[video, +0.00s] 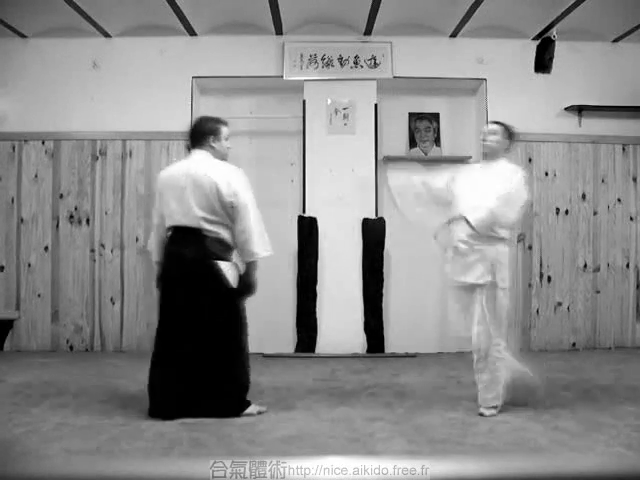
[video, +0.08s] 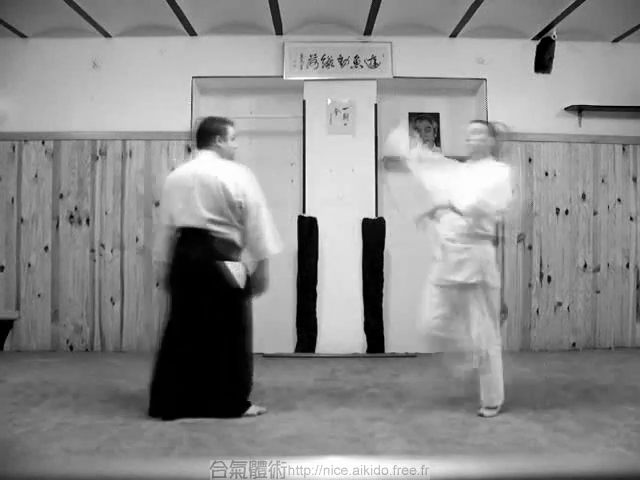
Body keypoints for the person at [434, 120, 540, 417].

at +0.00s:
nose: (487, 139)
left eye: (494, 135)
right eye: (484, 134)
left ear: (507, 142)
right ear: (480, 140)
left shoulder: (514, 175)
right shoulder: (465, 173)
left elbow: (508, 214)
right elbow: (432, 187)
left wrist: (469, 222)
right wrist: (396, 182)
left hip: (494, 256)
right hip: (462, 254)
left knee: (488, 331)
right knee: (471, 329)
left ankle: (489, 400)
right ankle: (519, 378)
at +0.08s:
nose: (471, 139)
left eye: (478, 134)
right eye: (469, 134)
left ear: (492, 140)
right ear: (466, 140)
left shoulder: (498, 172)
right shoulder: (453, 170)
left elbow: (485, 210)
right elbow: (421, 159)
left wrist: (448, 204)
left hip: (478, 256)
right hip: (447, 255)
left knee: (483, 328)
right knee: (434, 324)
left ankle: (491, 400)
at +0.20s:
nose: (454, 140)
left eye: (461, 135)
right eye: (451, 135)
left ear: (476, 142)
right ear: (445, 141)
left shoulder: (483, 173)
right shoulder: (436, 167)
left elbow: (453, 195)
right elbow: (412, 152)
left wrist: (421, 194)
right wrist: (413, 129)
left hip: (462, 259)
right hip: (431, 258)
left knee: (477, 333)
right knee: (402, 326)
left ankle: (493, 397)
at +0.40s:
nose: (410, 149)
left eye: (416, 144)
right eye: (407, 144)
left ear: (426, 149)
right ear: (401, 148)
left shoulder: (431, 176)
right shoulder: (397, 175)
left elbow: (398, 188)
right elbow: (372, 180)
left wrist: (368, 168)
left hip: (425, 266)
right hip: (397, 266)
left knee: (451, 333)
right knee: (359, 328)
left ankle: (487, 395)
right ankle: (341, 392)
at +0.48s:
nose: (379, 141)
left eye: (386, 136)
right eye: (376, 135)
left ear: (399, 145)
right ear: (372, 141)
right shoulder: (357, 172)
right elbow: (326, 155)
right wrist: (303, 132)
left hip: (400, 282)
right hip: (362, 280)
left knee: (439, 337)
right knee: (343, 334)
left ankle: (481, 397)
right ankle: (334, 398)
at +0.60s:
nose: (359, 132)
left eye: (365, 128)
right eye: (354, 127)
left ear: (375, 133)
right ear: (348, 132)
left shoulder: (383, 156)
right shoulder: (331, 153)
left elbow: (384, 185)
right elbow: (298, 142)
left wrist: (348, 198)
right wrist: (273, 129)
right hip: (330, 233)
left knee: (387, 307)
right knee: (331, 320)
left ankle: (428, 371)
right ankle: (332, 395)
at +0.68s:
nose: (340, 126)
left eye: (346, 120)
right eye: (335, 121)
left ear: (356, 125)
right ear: (327, 125)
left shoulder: (366, 148)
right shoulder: (314, 147)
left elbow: (372, 180)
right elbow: (277, 139)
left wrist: (343, 191)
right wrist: (240, 133)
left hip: (352, 242)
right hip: (317, 244)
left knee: (368, 309)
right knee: (313, 317)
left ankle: (392, 380)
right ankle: (322, 384)